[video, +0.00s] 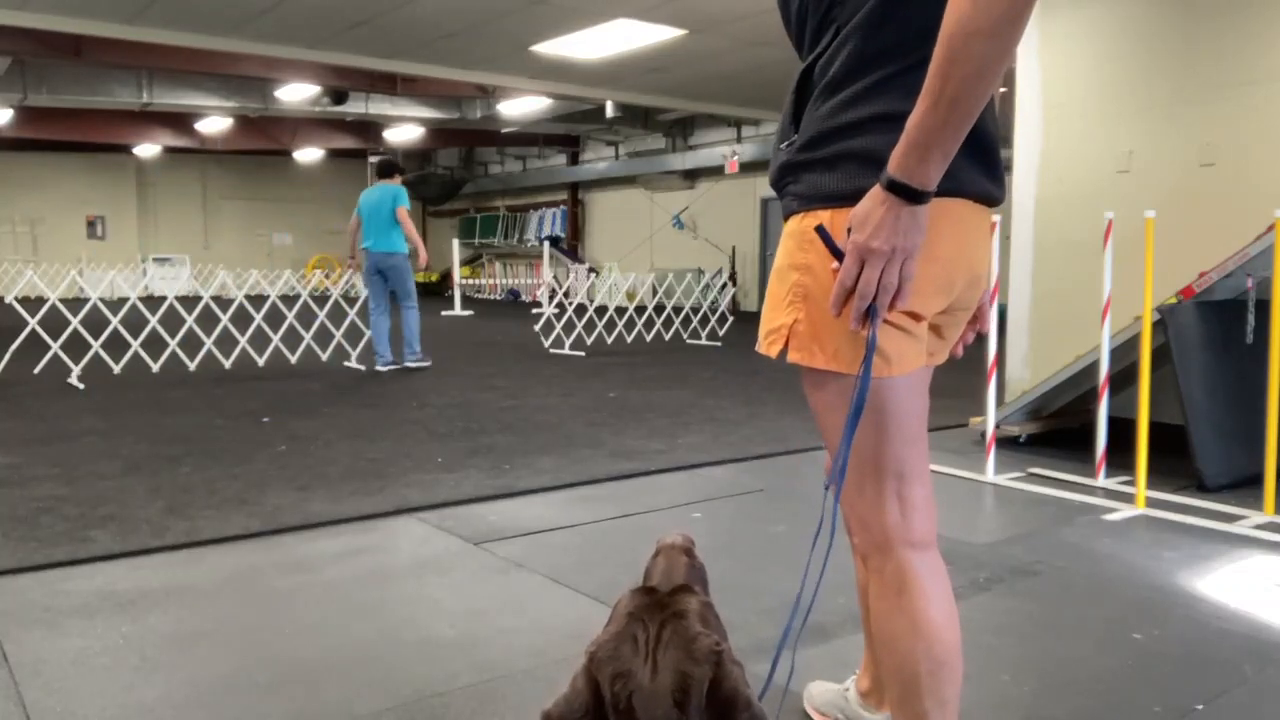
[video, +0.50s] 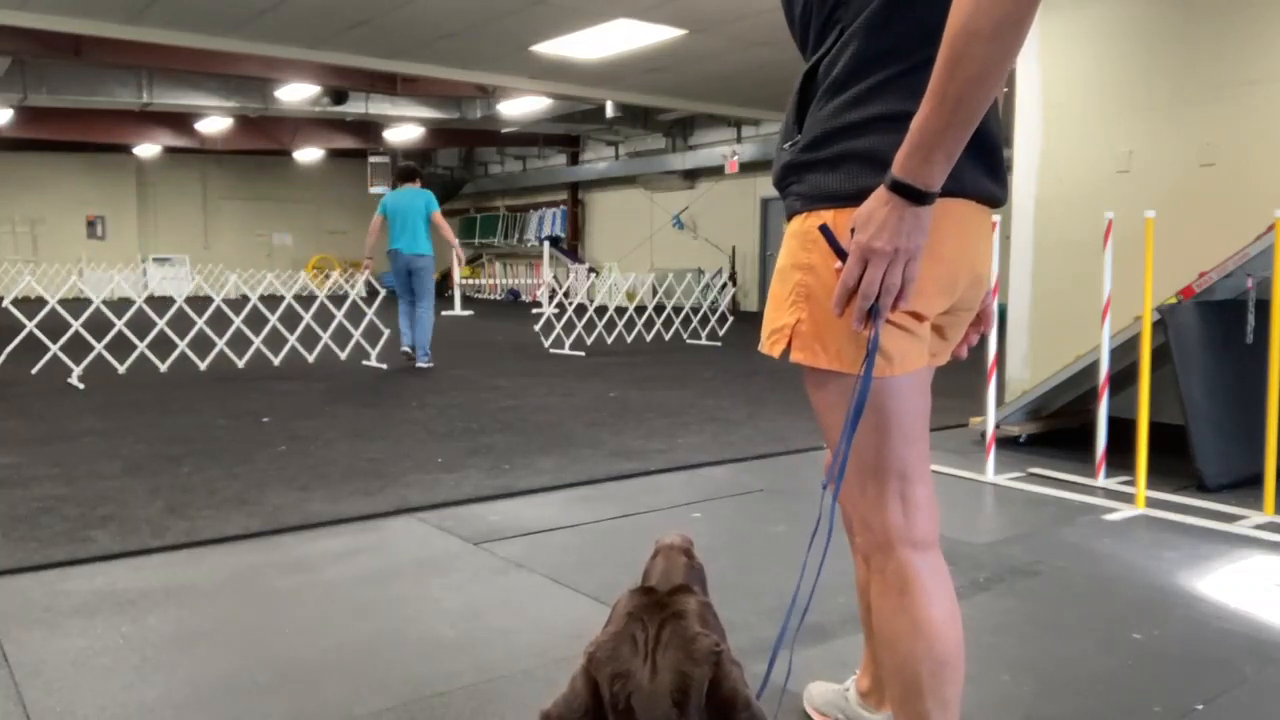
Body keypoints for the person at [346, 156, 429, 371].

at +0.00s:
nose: (400, 180)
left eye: (400, 178)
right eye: (400, 177)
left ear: (378, 176)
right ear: (396, 176)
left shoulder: (365, 194)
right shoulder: (398, 191)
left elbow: (353, 227)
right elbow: (403, 218)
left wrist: (352, 255)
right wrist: (420, 247)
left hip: (370, 254)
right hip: (395, 254)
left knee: (377, 307)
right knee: (409, 304)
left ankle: (382, 358)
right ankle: (413, 354)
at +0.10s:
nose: (407, 182)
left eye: (407, 179)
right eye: (407, 179)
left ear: (385, 178)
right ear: (403, 178)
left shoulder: (372, 194)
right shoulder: (405, 191)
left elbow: (356, 225)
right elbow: (410, 218)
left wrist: (352, 255)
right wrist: (427, 248)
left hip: (377, 255)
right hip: (401, 255)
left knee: (380, 308)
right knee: (414, 306)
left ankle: (383, 358)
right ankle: (422, 354)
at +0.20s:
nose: (414, 183)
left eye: (413, 181)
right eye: (413, 180)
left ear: (391, 180)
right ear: (408, 179)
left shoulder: (377, 196)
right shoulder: (412, 193)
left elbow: (360, 227)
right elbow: (418, 220)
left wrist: (354, 255)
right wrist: (435, 248)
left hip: (384, 256)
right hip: (409, 256)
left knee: (385, 307)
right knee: (417, 307)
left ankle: (384, 358)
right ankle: (421, 356)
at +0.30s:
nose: (417, 183)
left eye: (417, 181)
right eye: (417, 180)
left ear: (395, 180)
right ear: (413, 179)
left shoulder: (383, 196)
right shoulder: (418, 194)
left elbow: (365, 227)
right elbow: (428, 223)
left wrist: (359, 255)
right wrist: (445, 251)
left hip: (390, 255)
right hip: (415, 255)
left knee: (394, 306)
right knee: (423, 306)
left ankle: (386, 353)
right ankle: (423, 357)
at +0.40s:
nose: (419, 184)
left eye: (418, 181)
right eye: (419, 181)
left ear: (397, 180)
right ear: (416, 180)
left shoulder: (385, 198)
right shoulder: (422, 195)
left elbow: (370, 228)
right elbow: (434, 223)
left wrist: (364, 256)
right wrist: (451, 246)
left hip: (395, 255)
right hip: (419, 256)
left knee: (401, 302)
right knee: (424, 305)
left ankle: (394, 343)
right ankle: (423, 357)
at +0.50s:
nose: (421, 184)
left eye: (420, 182)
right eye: (421, 182)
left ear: (398, 181)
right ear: (417, 181)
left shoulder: (388, 198)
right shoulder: (425, 195)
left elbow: (374, 228)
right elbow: (439, 222)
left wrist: (368, 256)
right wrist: (456, 245)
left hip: (396, 253)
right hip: (421, 253)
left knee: (404, 299)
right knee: (424, 304)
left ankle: (406, 342)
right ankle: (422, 356)